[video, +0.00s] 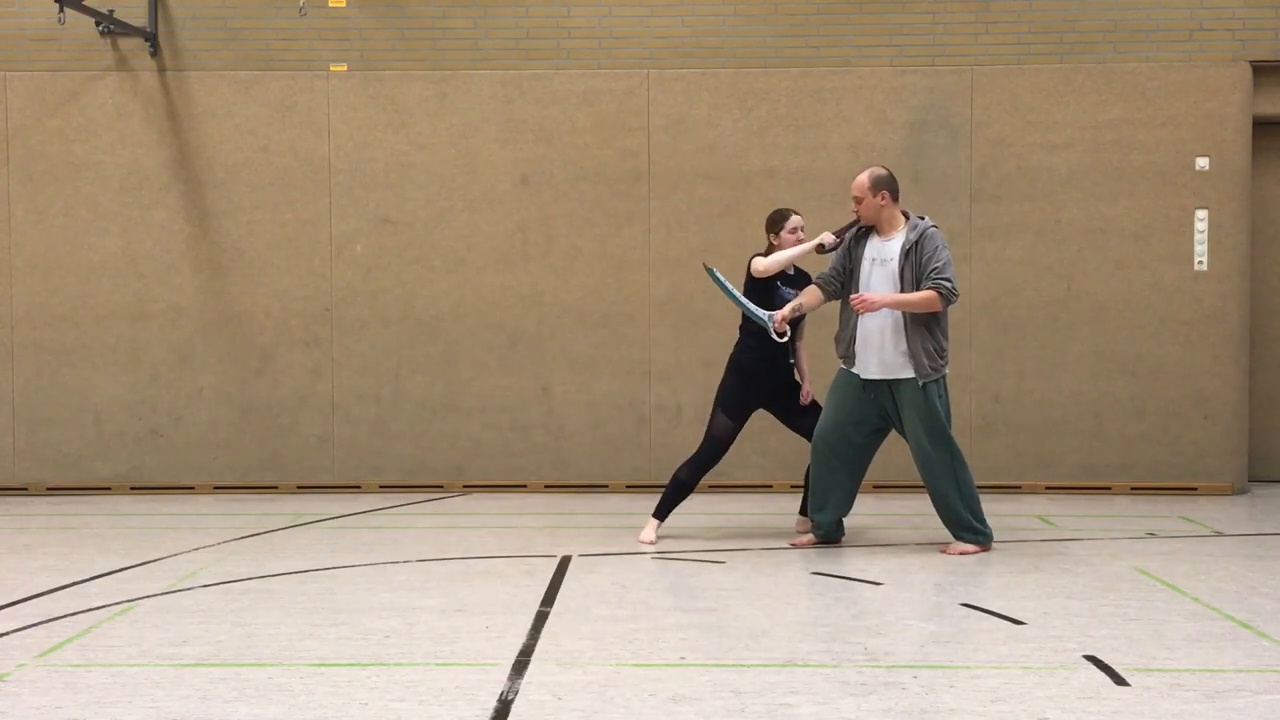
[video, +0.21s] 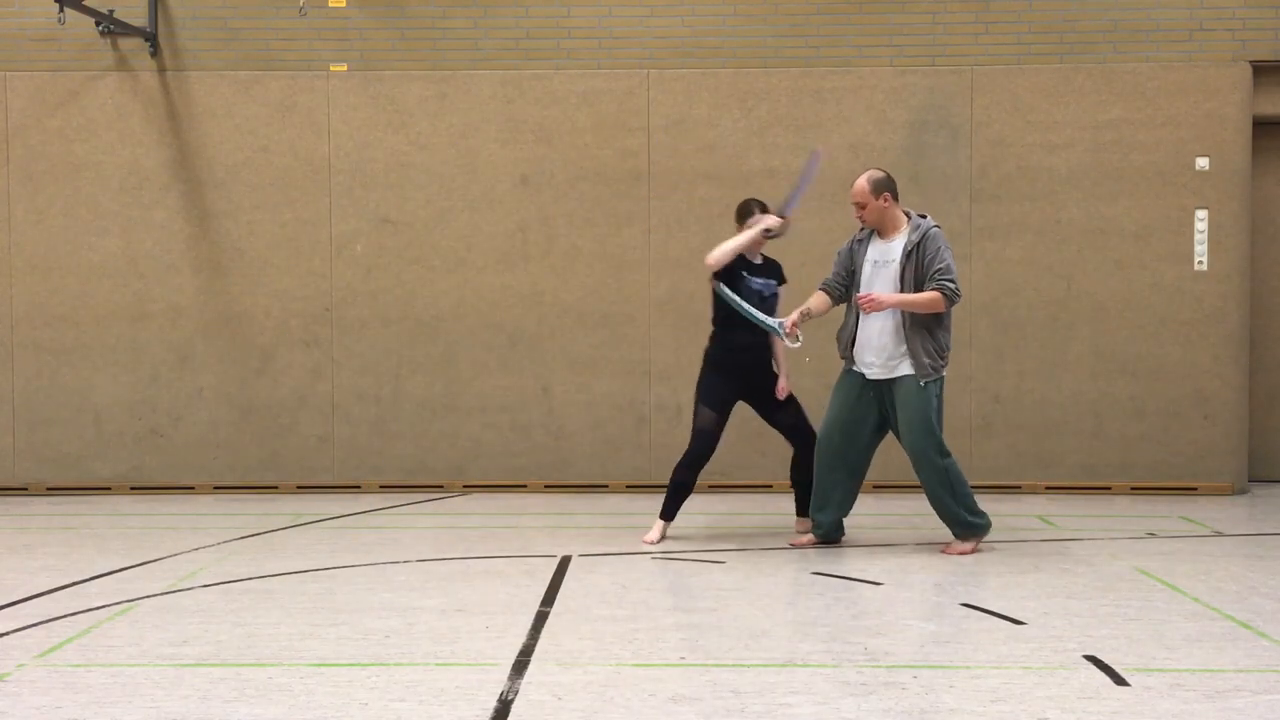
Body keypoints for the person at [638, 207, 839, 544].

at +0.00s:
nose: (803, 236)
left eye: (803, 230)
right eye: (795, 231)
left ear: (802, 234)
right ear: (775, 236)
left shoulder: (804, 281)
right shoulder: (759, 265)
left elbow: (799, 338)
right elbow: (768, 265)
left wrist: (806, 379)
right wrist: (814, 245)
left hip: (780, 380)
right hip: (745, 377)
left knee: (830, 436)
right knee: (710, 452)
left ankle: (807, 518)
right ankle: (655, 521)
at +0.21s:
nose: (763, 233)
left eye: (767, 228)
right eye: (757, 227)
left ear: (768, 231)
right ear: (744, 227)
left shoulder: (772, 270)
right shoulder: (727, 259)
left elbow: (775, 324)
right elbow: (712, 262)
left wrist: (782, 372)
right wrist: (757, 227)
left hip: (759, 371)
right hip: (721, 370)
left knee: (805, 440)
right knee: (700, 448)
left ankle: (804, 521)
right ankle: (662, 524)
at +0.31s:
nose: (734, 232)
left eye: (739, 226)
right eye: (728, 226)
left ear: (745, 228)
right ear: (715, 226)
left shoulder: (748, 265)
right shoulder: (699, 254)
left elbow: (755, 322)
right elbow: (672, 258)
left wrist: (766, 370)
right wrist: (709, 221)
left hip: (738, 364)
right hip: (699, 362)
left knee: (778, 439)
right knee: (687, 447)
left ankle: (805, 517)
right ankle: (661, 524)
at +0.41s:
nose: (707, 232)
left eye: (713, 226)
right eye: (701, 226)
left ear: (719, 226)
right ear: (688, 225)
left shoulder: (723, 264)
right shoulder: (668, 253)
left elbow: (732, 322)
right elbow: (630, 263)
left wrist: (747, 371)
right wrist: (661, 220)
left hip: (713, 361)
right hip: (673, 362)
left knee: (753, 435)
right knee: (672, 445)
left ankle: (794, 507)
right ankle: (660, 524)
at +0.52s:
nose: (680, 231)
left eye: (687, 224)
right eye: (675, 224)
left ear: (695, 223)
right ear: (663, 221)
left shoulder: (703, 261)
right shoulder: (644, 251)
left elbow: (711, 318)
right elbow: (601, 278)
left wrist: (726, 365)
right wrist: (616, 231)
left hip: (692, 358)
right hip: (650, 359)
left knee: (728, 433)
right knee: (664, 443)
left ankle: (758, 499)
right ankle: (659, 524)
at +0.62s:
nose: (654, 226)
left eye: (661, 219)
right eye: (649, 218)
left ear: (673, 218)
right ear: (641, 216)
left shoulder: (685, 251)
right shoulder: (624, 246)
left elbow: (694, 310)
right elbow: (588, 293)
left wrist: (705, 357)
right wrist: (580, 254)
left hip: (675, 351)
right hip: (632, 352)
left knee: (684, 434)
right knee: (647, 440)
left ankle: (714, 496)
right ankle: (655, 523)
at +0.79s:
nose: (605, 228)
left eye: (612, 222)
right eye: (603, 221)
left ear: (631, 219)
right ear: (600, 218)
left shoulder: (651, 252)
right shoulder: (592, 248)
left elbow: (667, 306)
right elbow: (577, 303)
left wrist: (674, 356)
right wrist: (540, 299)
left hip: (636, 350)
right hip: (601, 350)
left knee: (601, 428)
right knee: (629, 434)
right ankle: (653, 519)